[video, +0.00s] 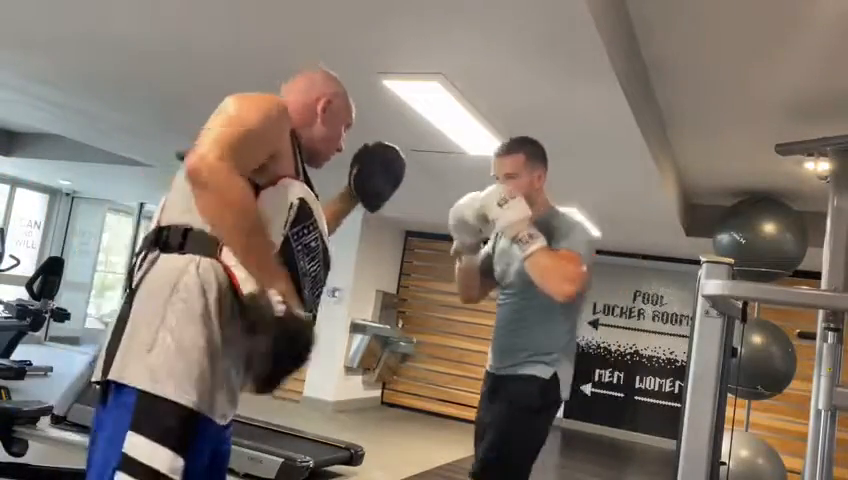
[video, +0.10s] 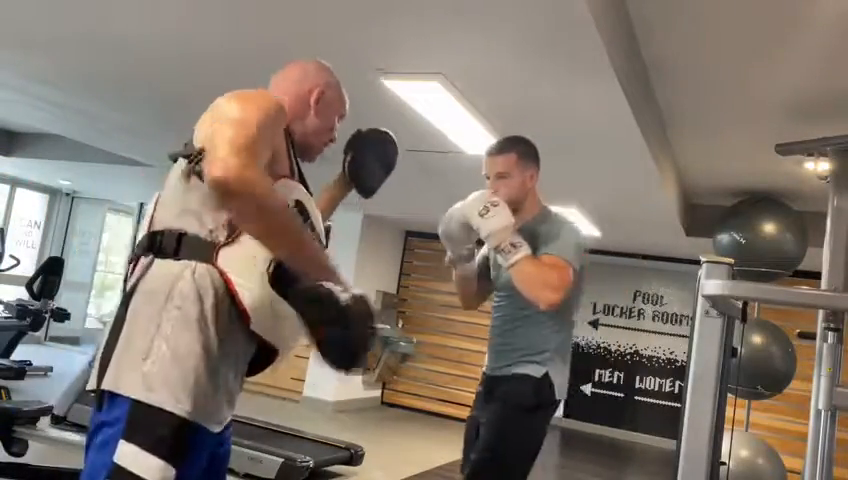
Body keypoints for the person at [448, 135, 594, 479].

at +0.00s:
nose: (503, 188)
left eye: (512, 177)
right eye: (499, 179)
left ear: (539, 177)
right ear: (495, 180)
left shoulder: (572, 228)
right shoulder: (505, 236)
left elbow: (564, 285)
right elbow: (469, 293)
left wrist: (522, 230)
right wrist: (467, 240)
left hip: (539, 376)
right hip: (500, 372)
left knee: (492, 471)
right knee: (489, 470)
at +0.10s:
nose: (492, 188)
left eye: (502, 177)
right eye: (488, 179)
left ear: (531, 177)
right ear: (486, 180)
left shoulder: (561, 231)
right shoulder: (502, 235)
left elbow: (550, 293)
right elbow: (471, 299)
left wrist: (504, 241)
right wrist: (462, 255)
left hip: (534, 377)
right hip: (497, 373)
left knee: (489, 471)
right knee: (474, 469)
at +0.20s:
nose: (487, 182)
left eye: (497, 172)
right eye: (484, 173)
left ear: (525, 172)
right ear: (481, 174)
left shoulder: (557, 224)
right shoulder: (498, 226)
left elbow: (539, 277)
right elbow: (462, 284)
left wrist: (499, 223)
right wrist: (455, 234)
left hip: (530, 373)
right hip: (495, 369)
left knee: (491, 471)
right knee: (470, 466)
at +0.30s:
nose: (484, 180)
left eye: (494, 170)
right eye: (481, 171)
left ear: (522, 169)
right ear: (476, 171)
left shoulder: (554, 219)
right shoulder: (496, 225)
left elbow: (536, 266)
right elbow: (457, 280)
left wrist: (497, 212)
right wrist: (453, 226)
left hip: (526, 370)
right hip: (491, 366)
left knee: (493, 471)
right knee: (473, 467)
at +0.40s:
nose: (480, 188)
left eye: (489, 179)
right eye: (476, 179)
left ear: (518, 179)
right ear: (472, 181)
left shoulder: (550, 229)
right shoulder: (492, 235)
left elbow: (536, 276)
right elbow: (457, 286)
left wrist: (497, 227)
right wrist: (451, 231)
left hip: (521, 378)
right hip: (487, 373)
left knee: (490, 472)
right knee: (472, 469)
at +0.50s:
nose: (475, 199)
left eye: (485, 188)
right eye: (471, 190)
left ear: (513, 188)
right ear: (468, 189)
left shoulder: (546, 233)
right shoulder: (486, 238)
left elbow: (542, 295)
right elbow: (457, 298)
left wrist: (494, 249)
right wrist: (450, 247)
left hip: (518, 377)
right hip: (482, 373)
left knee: (463, 472)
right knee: (490, 472)